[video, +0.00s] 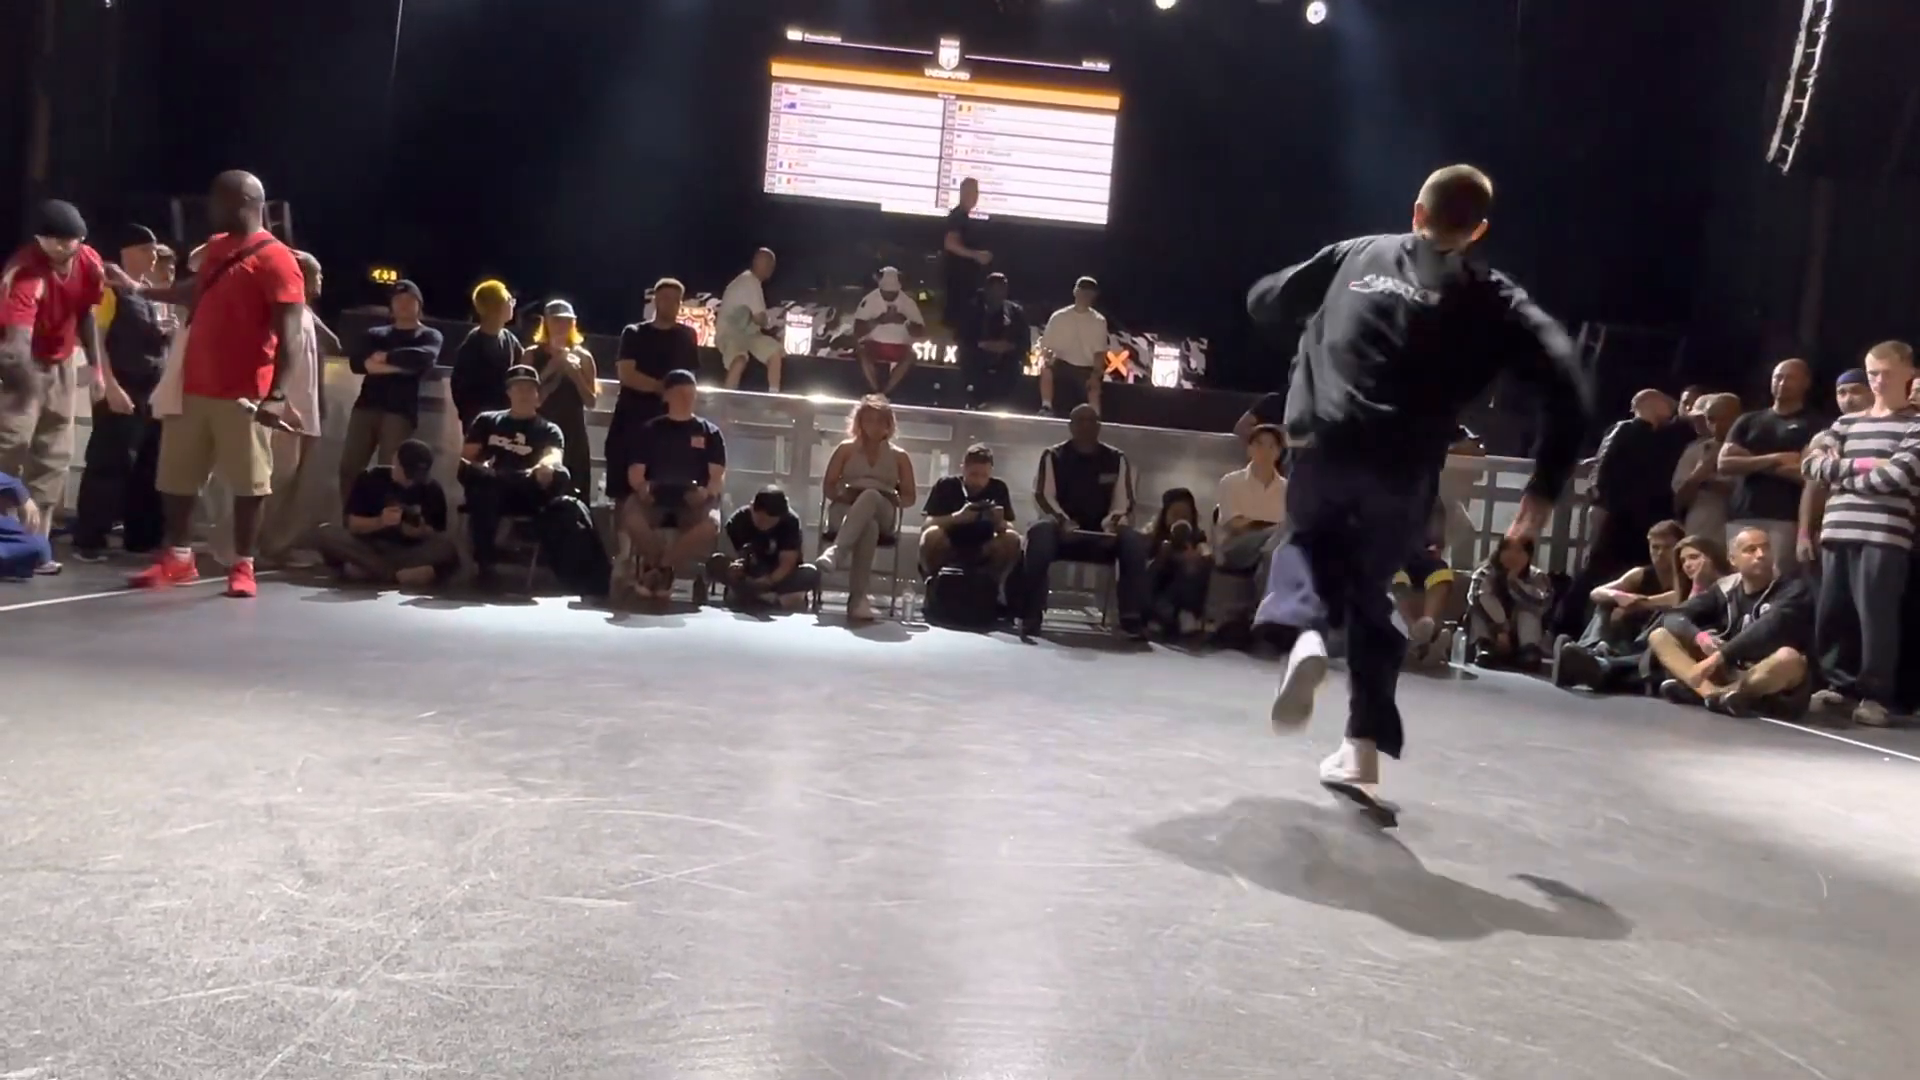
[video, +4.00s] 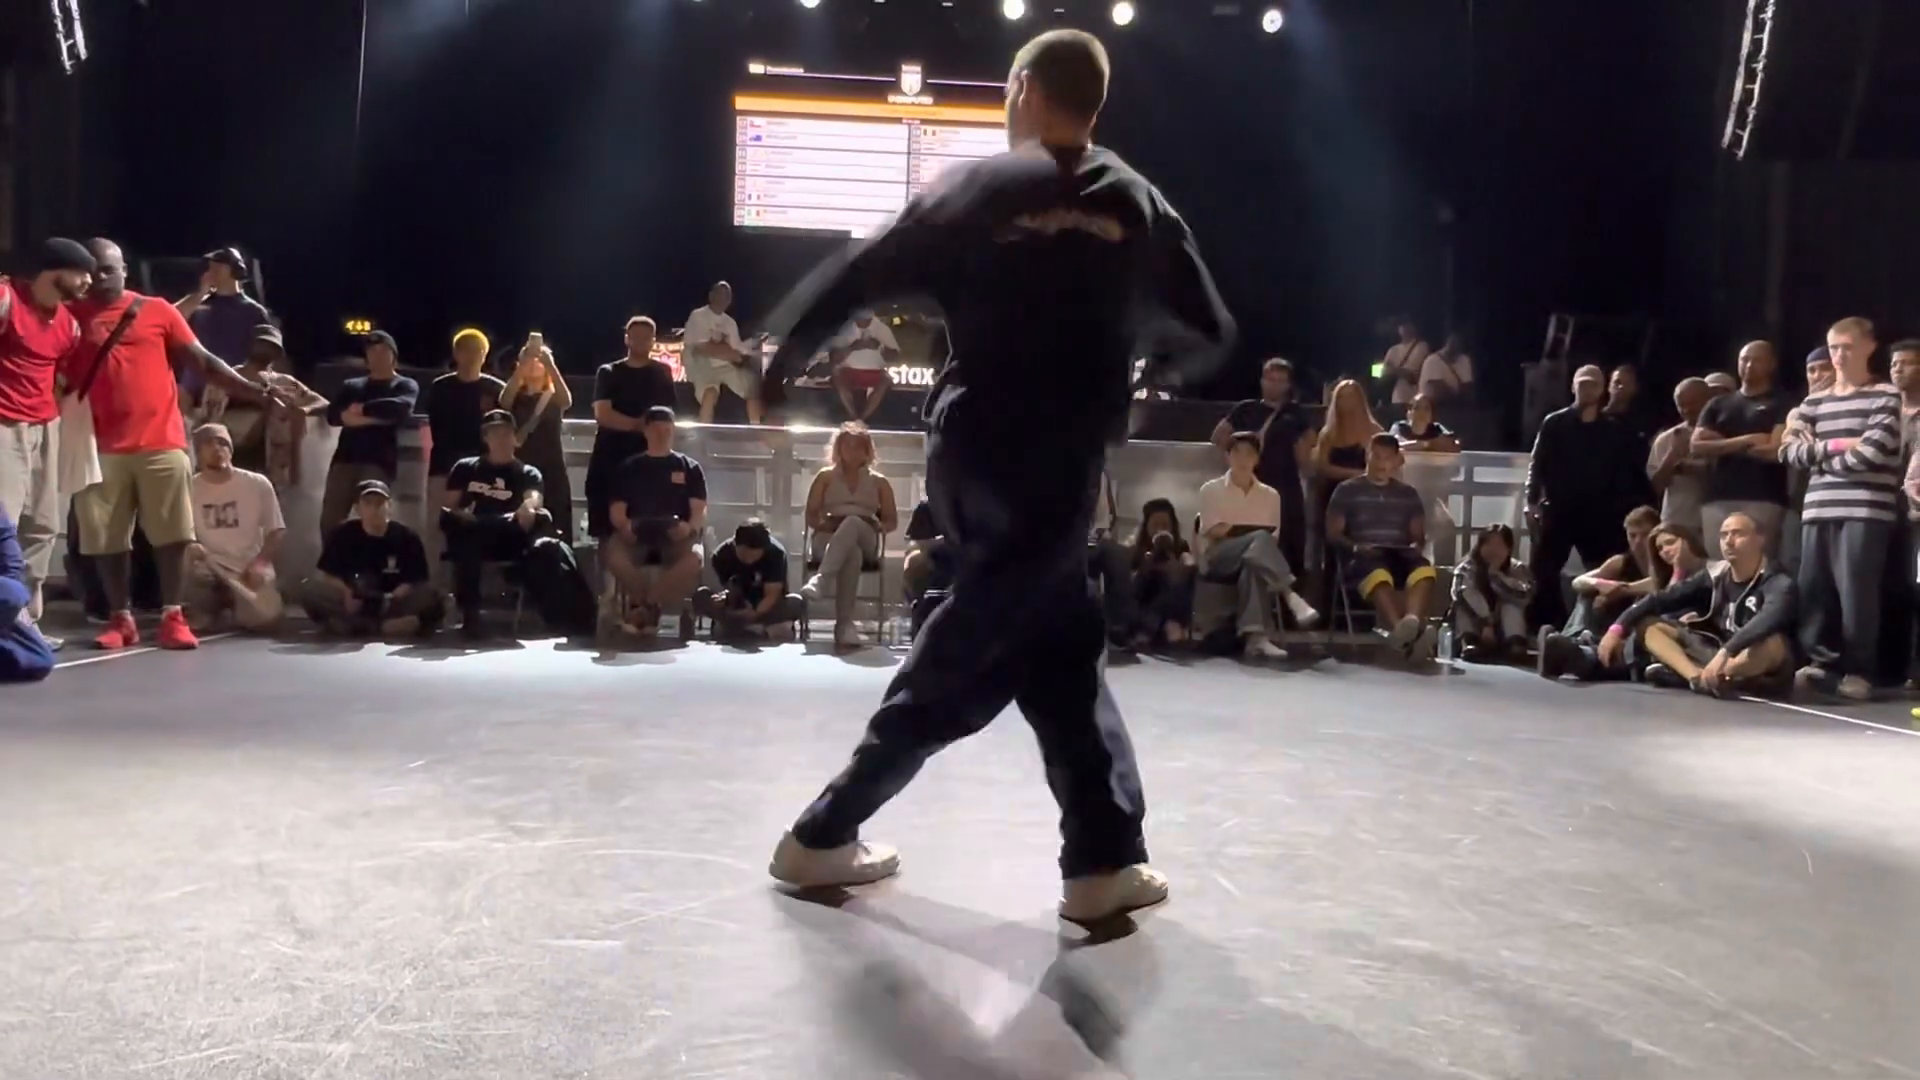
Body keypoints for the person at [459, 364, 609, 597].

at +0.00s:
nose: (525, 394)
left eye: (530, 389)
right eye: (519, 388)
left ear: (538, 395)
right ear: (508, 392)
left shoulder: (549, 430)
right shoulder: (487, 421)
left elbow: (553, 457)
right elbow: (465, 462)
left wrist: (545, 467)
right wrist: (482, 469)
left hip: (530, 488)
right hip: (493, 486)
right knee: (480, 484)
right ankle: (484, 565)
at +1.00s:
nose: (524, 394)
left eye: (529, 389)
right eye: (519, 388)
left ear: (537, 394)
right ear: (508, 391)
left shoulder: (548, 430)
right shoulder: (486, 421)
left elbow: (552, 456)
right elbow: (466, 460)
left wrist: (546, 465)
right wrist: (486, 471)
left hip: (529, 488)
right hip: (493, 486)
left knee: (557, 478)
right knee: (480, 487)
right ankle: (484, 566)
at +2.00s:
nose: (520, 400)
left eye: (525, 395)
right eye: (515, 394)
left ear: (534, 400)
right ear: (504, 398)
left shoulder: (546, 436)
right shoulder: (483, 427)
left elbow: (548, 467)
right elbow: (462, 467)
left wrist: (545, 473)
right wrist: (478, 475)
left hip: (527, 494)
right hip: (491, 493)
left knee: (556, 484)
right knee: (477, 494)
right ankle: (481, 575)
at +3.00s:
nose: (497, 416)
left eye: (501, 411)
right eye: (491, 410)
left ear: (511, 416)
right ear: (481, 415)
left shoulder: (525, 453)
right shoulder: (460, 445)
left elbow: (526, 483)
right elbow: (442, 484)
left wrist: (521, 488)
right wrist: (457, 492)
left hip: (505, 506)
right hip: (471, 505)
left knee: (535, 498)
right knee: (454, 512)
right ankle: (463, 593)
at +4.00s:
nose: (501, 439)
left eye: (506, 433)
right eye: (495, 433)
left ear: (515, 437)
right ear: (485, 438)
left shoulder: (529, 473)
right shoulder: (466, 468)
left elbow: (533, 502)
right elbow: (448, 511)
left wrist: (528, 508)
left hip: (511, 534)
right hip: (475, 534)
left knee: (538, 519)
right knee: (462, 536)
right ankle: (471, 615)